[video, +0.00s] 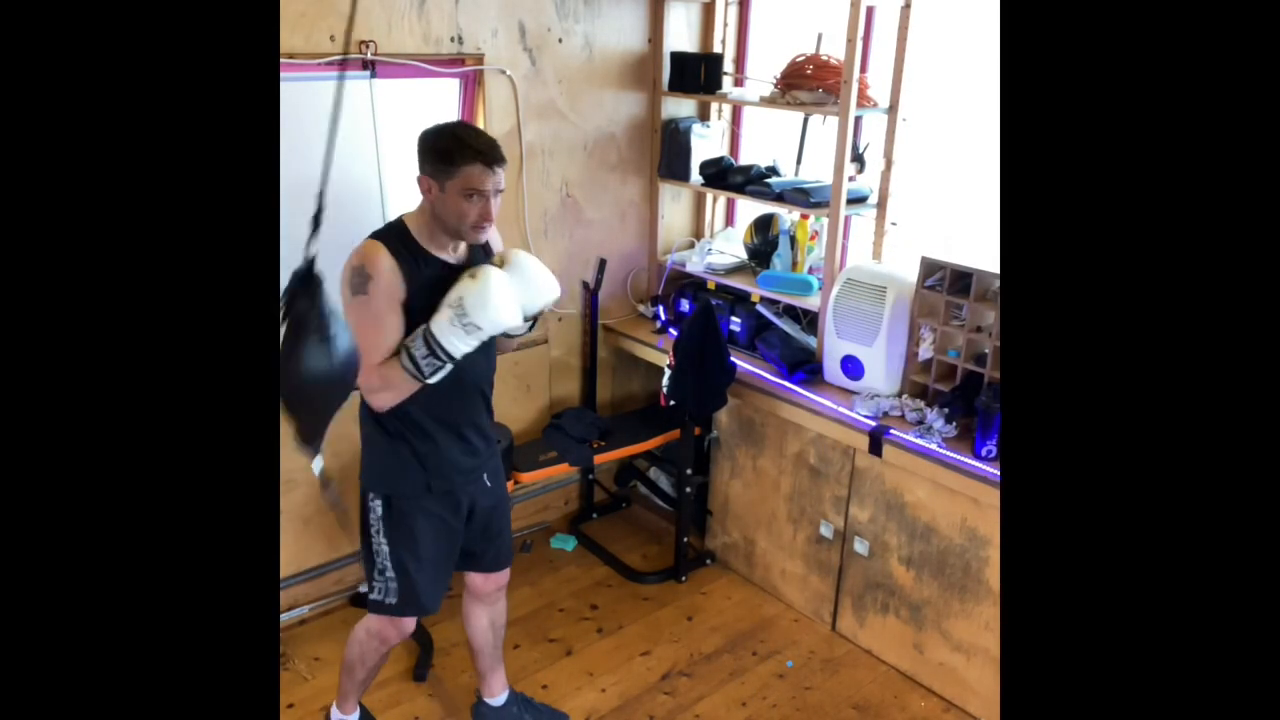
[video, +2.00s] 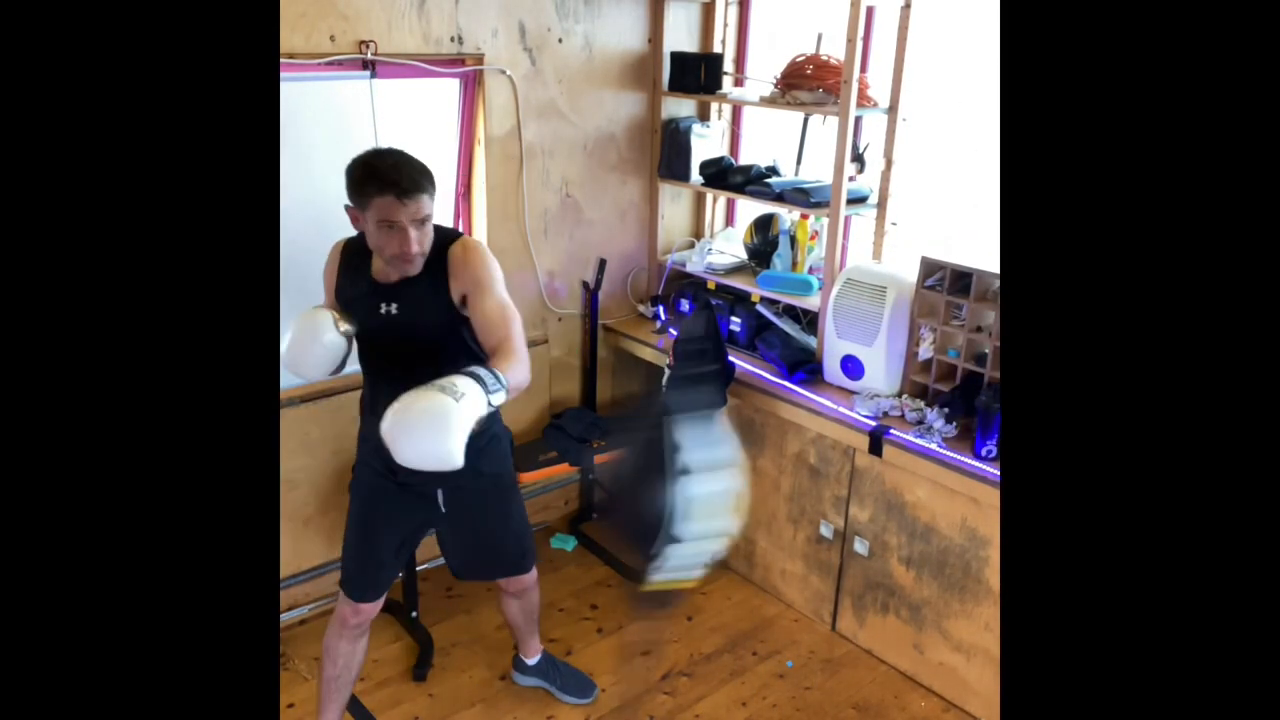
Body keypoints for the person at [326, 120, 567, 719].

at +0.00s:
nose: (489, 212)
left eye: (496, 195)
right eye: (472, 195)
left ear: (501, 190)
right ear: (428, 189)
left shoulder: (482, 247)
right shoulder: (376, 262)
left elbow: (501, 340)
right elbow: (377, 389)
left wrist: (524, 311)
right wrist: (451, 329)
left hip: (477, 454)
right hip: (405, 467)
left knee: (490, 579)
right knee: (393, 619)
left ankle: (496, 698)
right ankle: (344, 711)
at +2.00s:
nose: (410, 242)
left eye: (421, 222)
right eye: (390, 227)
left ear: (434, 211)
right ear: (357, 218)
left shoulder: (468, 261)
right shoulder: (343, 263)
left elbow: (514, 361)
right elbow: (342, 344)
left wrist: (472, 391)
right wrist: (322, 348)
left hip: (474, 437)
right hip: (387, 441)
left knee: (519, 577)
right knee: (357, 608)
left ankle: (531, 659)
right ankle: (329, 716)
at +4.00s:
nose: (683, 221)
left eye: (695, 207)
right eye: (676, 206)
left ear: (735, 190)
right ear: (667, 197)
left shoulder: (794, 238)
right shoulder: (665, 239)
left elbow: (838, 340)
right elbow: (613, 303)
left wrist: (795, 321)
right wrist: (586, 297)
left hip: (772, 435)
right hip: (694, 432)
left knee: (801, 565)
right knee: (651, 566)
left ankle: (812, 651)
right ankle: (612, 670)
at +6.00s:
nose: (941, 260)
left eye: (960, 246)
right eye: (930, 239)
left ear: (990, 238)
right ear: (915, 220)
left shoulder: (995, 288)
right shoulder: (863, 270)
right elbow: (808, 362)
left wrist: (991, 373)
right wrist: (856, 375)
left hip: (925, 476)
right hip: (840, 464)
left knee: (922, 620)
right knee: (778, 598)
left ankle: (918, 715)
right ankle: (733, 703)